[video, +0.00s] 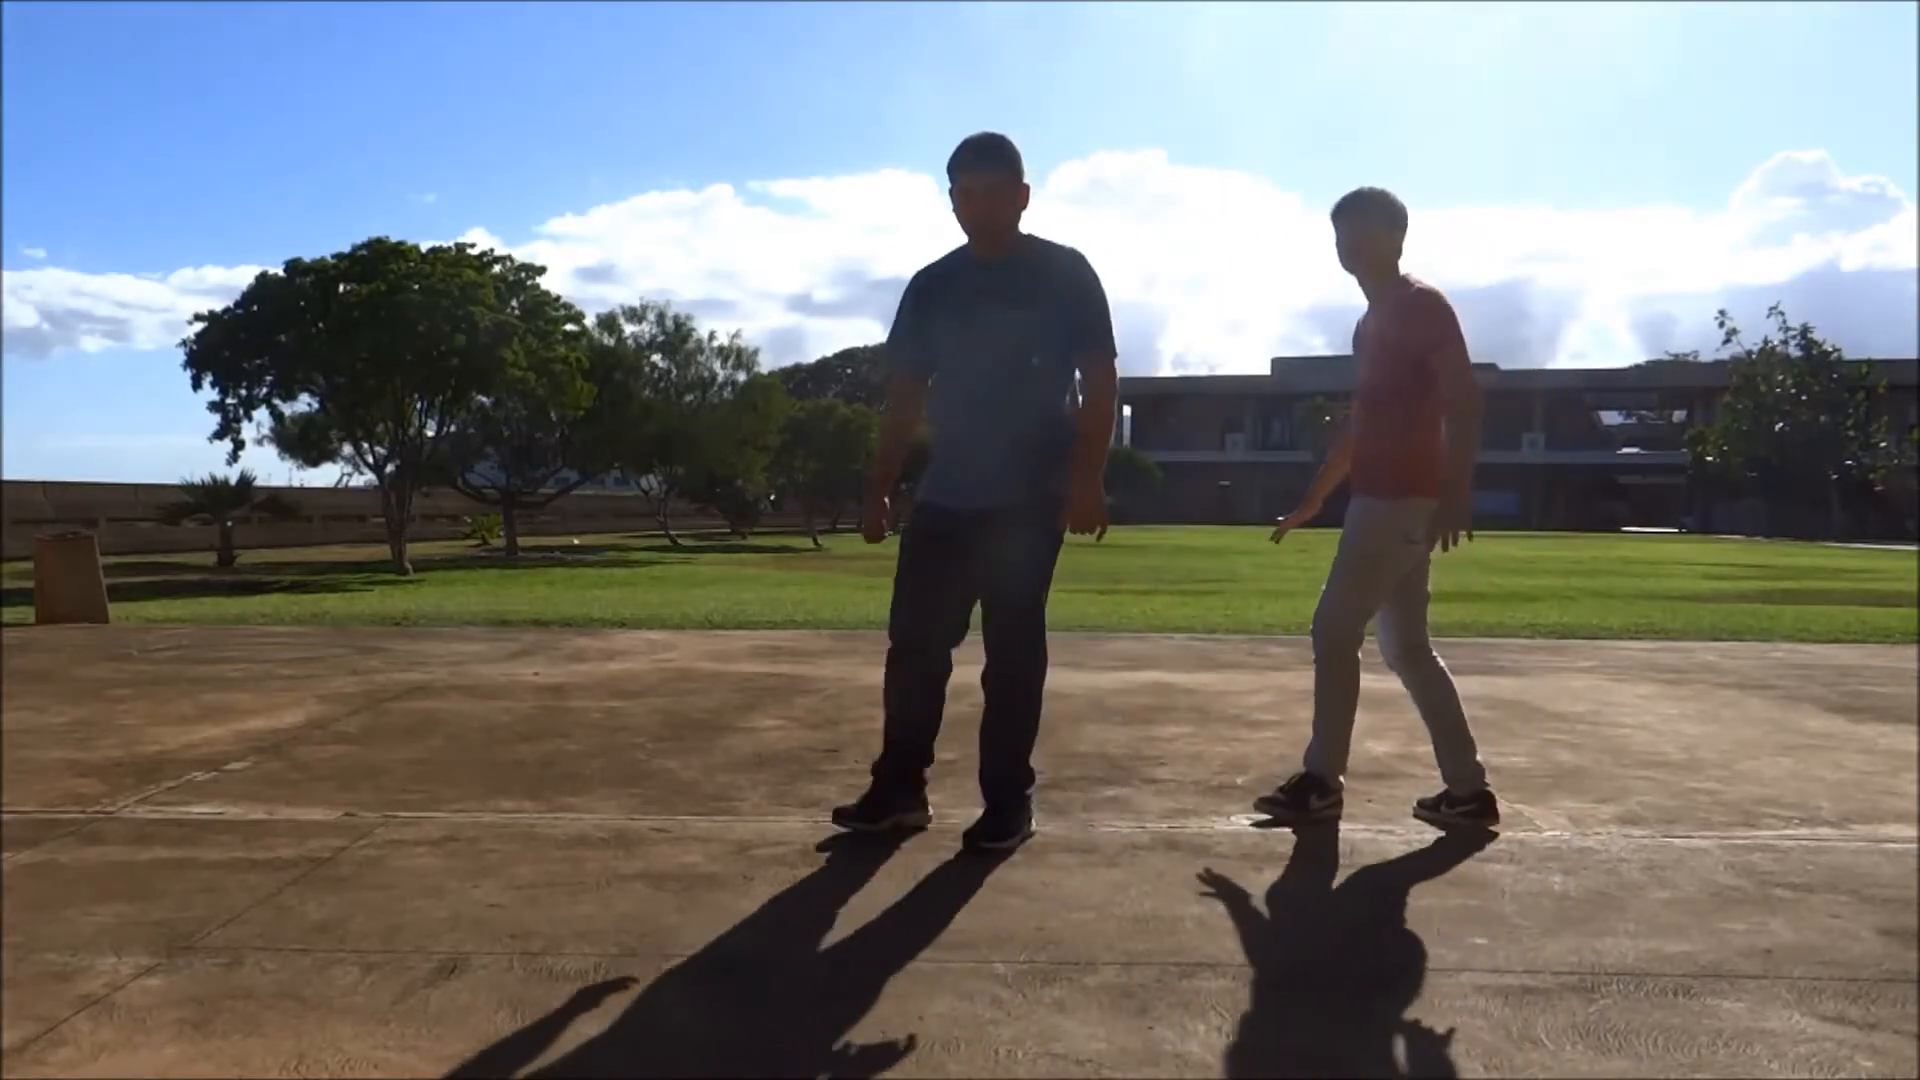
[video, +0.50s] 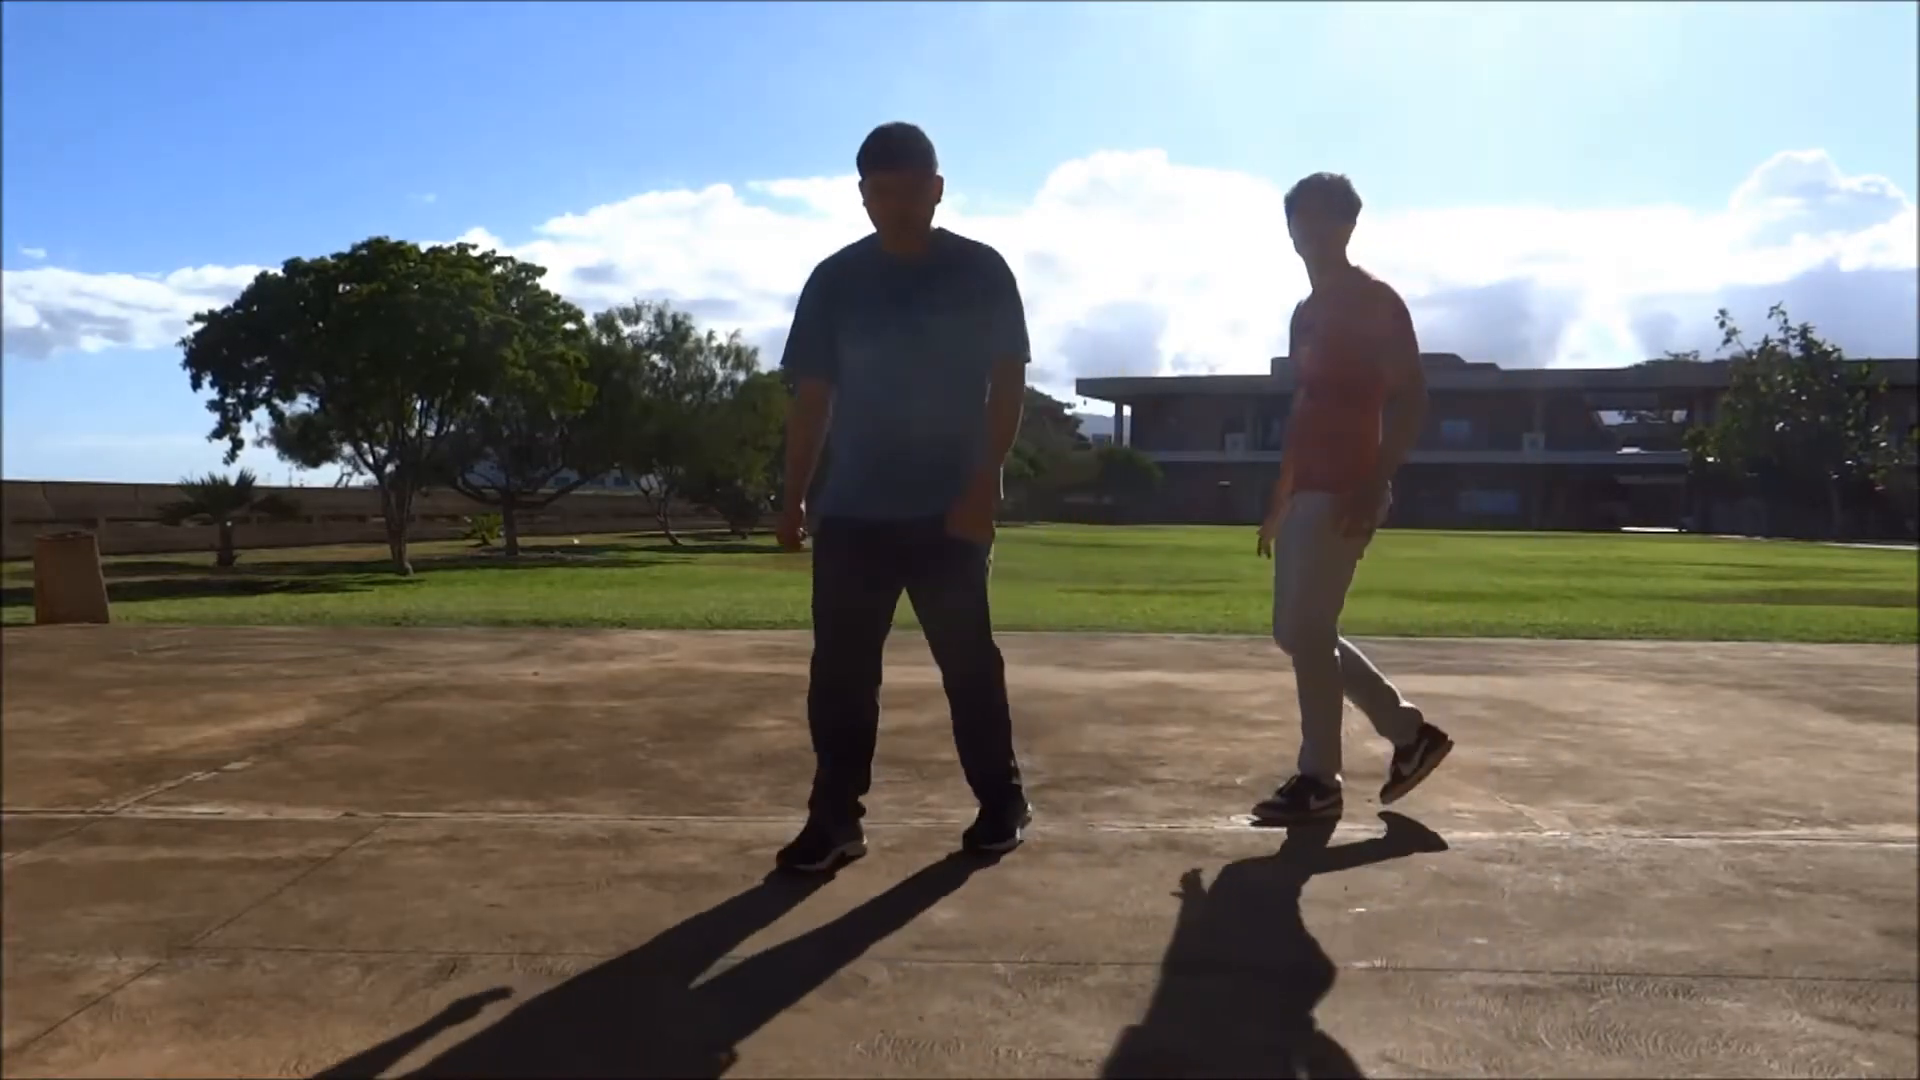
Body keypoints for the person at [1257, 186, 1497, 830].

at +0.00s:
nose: (1337, 249)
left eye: (1345, 235)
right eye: (1336, 236)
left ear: (1380, 237)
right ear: (1364, 241)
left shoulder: (1424, 306)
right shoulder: (1369, 326)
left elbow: (1464, 401)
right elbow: (1359, 428)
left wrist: (1457, 491)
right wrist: (1311, 503)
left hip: (1398, 501)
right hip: (1385, 501)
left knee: (1335, 632)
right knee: (1407, 649)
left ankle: (1322, 783)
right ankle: (1469, 790)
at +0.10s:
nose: (1332, 245)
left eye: (1342, 231)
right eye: (1331, 233)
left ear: (1378, 233)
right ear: (1347, 238)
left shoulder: (1418, 306)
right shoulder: (1356, 325)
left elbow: (1456, 397)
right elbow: (1347, 425)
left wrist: (1448, 490)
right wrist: (1307, 501)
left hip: (1392, 498)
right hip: (1372, 497)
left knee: (1330, 630)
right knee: (1396, 645)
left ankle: (1322, 780)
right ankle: (1467, 783)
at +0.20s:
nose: (1327, 244)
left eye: (1337, 230)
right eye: (1325, 231)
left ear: (1372, 230)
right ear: (1332, 235)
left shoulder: (1410, 307)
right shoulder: (1344, 323)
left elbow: (1448, 400)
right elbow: (1337, 418)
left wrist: (1435, 490)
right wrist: (1305, 499)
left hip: (1382, 494)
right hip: (1357, 494)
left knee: (1323, 629)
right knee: (1386, 643)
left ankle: (1322, 780)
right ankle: (1464, 776)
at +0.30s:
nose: (1320, 238)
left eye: (1331, 224)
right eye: (1316, 225)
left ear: (1365, 227)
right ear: (1317, 232)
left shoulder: (1402, 308)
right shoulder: (1329, 319)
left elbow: (1439, 402)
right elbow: (1324, 418)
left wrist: (1418, 489)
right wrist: (1295, 503)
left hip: (1370, 494)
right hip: (1340, 495)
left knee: (1316, 629)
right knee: (1373, 641)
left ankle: (1321, 781)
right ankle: (1459, 770)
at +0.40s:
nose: (1310, 237)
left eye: (1320, 223)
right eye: (1306, 224)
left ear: (1354, 225)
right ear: (1305, 230)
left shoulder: (1390, 307)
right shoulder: (1316, 316)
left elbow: (1426, 409)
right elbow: (1314, 421)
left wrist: (1395, 489)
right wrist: (1283, 504)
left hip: (1356, 493)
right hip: (1319, 495)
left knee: (1314, 632)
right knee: (1341, 638)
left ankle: (1320, 781)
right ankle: (1442, 753)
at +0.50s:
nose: (1298, 237)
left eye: (1308, 223)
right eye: (1293, 224)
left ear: (1342, 223)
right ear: (1293, 230)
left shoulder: (1380, 306)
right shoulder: (1306, 315)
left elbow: (1409, 404)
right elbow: (1305, 416)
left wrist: (1376, 487)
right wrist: (1279, 500)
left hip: (1345, 491)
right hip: (1301, 492)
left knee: (1311, 630)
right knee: (1293, 629)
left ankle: (1319, 780)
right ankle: (1411, 734)